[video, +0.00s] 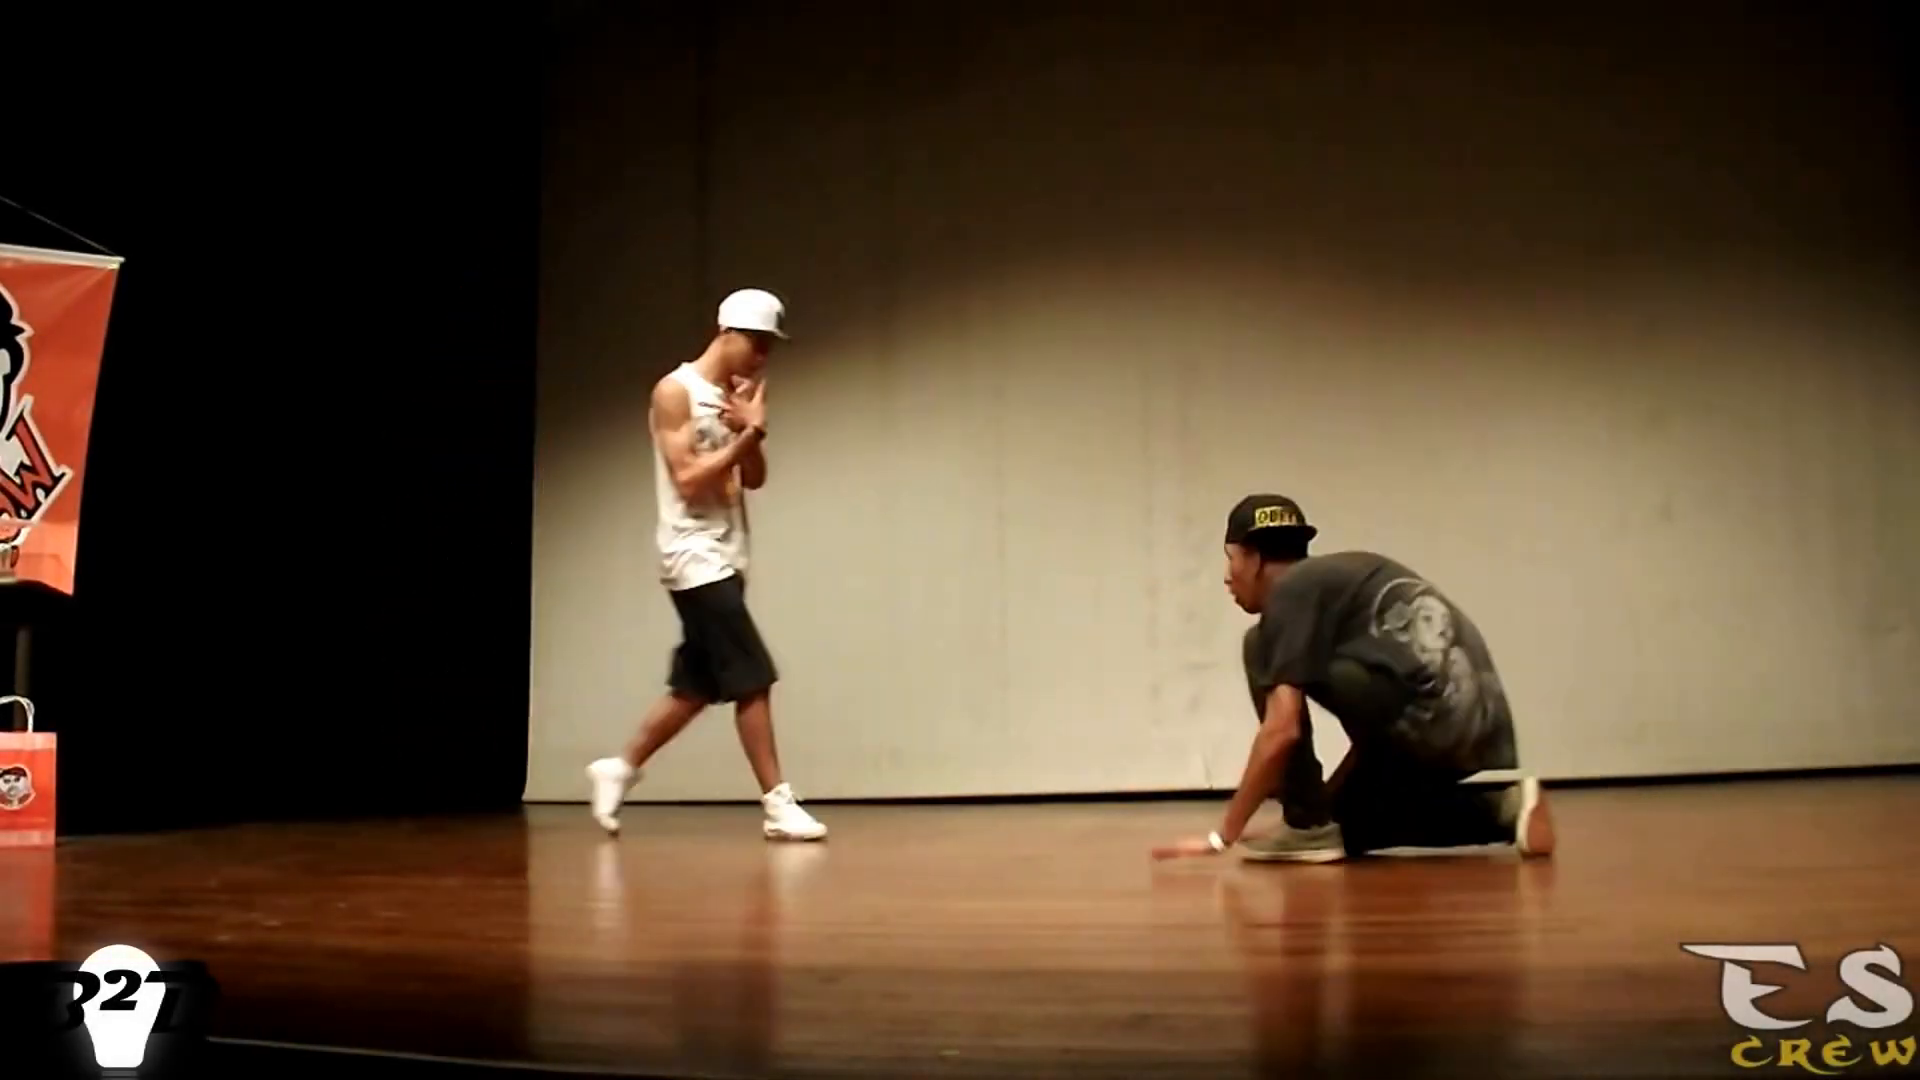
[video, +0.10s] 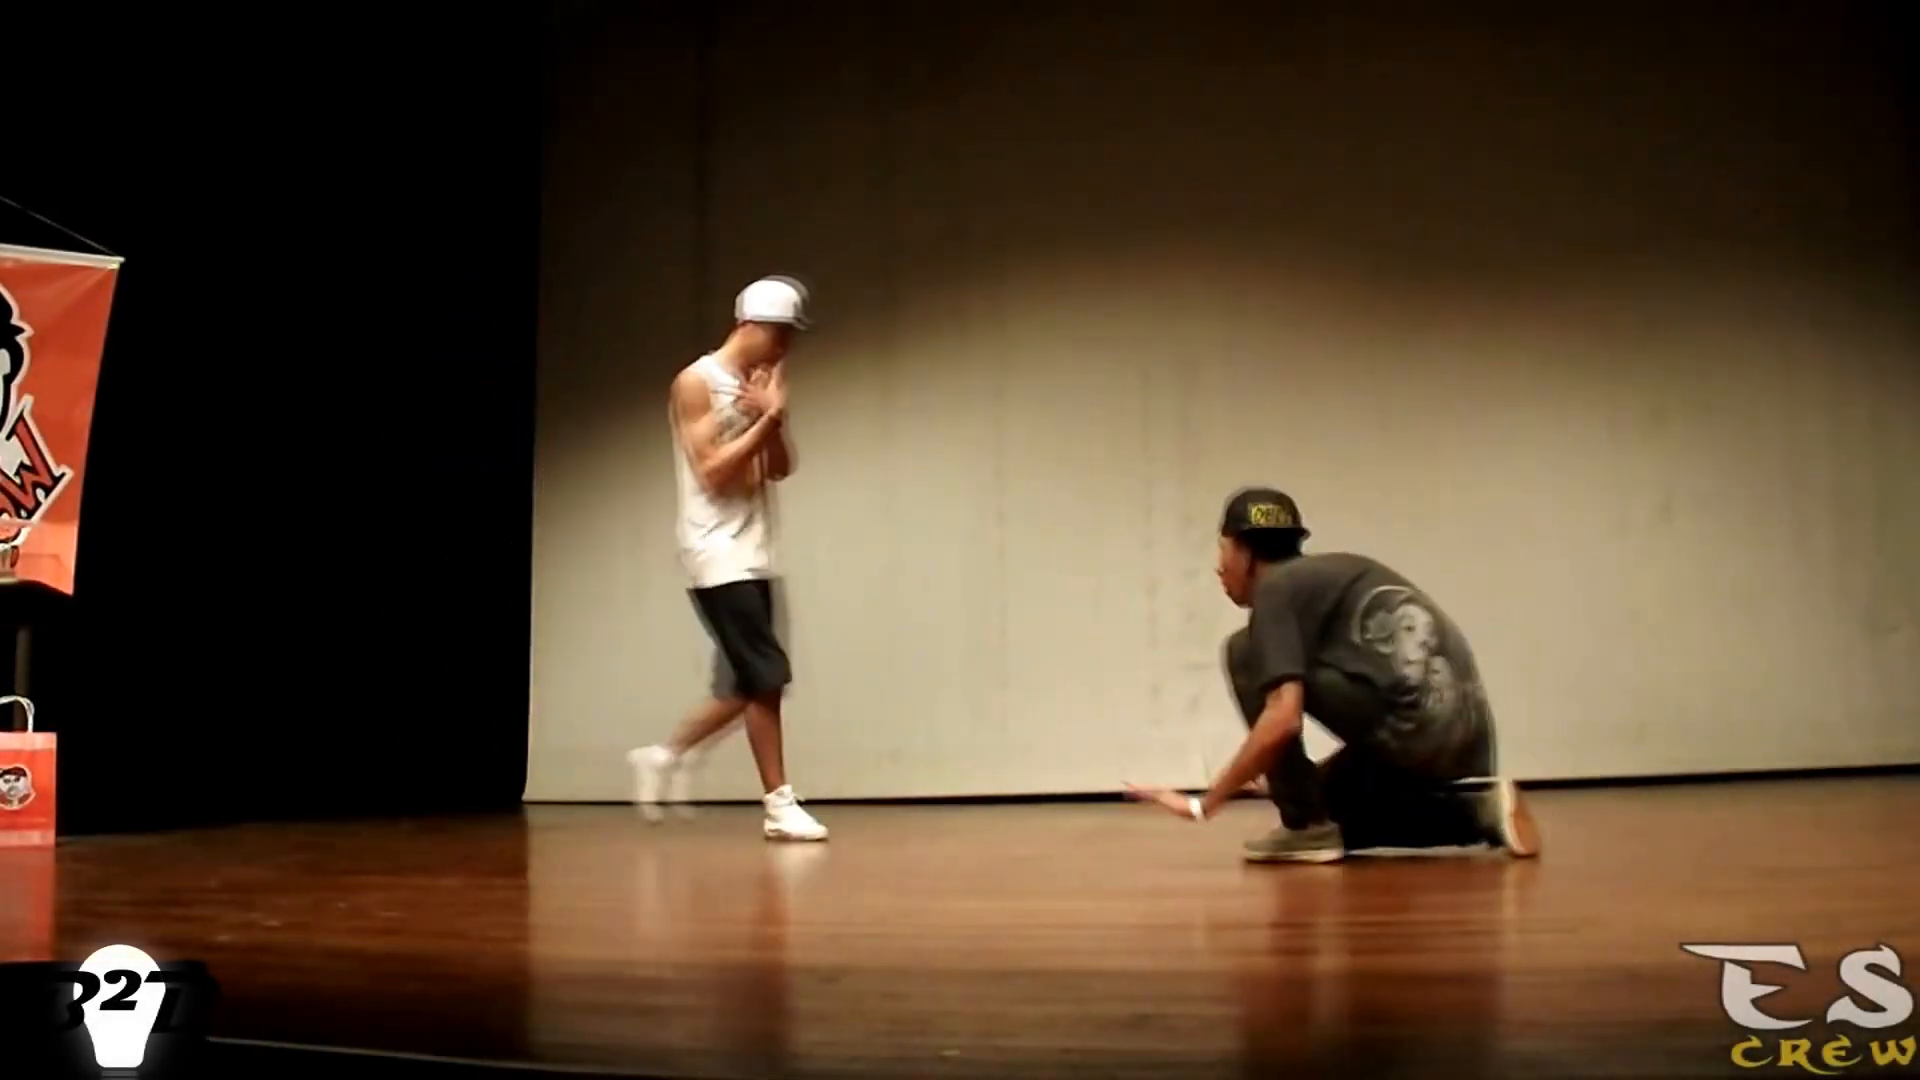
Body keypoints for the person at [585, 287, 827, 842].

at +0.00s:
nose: (763, 359)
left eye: (769, 348)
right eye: (758, 345)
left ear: (764, 348)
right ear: (727, 335)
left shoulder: (739, 393)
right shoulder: (674, 391)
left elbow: (755, 478)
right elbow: (689, 481)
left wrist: (750, 431)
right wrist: (746, 437)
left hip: (726, 557)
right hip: (693, 557)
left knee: (695, 688)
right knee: (752, 677)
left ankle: (619, 772)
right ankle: (778, 803)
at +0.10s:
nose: (784, 349)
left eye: (789, 337)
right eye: (779, 335)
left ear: (776, 335)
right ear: (750, 326)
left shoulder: (757, 382)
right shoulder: (695, 382)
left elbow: (780, 467)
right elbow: (712, 472)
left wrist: (771, 413)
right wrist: (766, 418)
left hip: (753, 554)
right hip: (717, 557)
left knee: (748, 685)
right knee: (765, 674)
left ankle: (663, 757)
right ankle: (778, 803)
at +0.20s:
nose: (809, 338)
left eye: (814, 326)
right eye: (805, 323)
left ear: (802, 323)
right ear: (775, 312)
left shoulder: (782, 369)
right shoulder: (718, 366)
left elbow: (804, 457)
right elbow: (734, 456)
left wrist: (797, 398)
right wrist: (790, 405)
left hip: (784, 547)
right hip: (737, 552)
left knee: (813, 672)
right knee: (762, 686)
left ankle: (746, 762)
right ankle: (777, 802)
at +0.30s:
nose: (840, 330)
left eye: (845, 318)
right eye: (834, 315)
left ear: (832, 318)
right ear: (804, 306)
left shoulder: (811, 367)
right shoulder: (743, 360)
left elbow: (831, 455)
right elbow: (753, 449)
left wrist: (820, 395)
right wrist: (809, 401)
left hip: (811, 549)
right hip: (756, 554)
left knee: (852, 666)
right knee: (766, 689)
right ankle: (778, 804)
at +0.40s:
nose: (868, 332)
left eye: (874, 321)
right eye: (863, 317)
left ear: (866, 323)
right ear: (829, 307)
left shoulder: (842, 371)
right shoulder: (767, 362)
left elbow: (854, 464)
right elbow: (776, 453)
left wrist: (849, 405)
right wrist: (837, 411)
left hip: (835, 553)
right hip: (776, 557)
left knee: (874, 673)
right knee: (778, 692)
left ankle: (927, 794)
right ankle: (779, 805)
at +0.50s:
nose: (900, 330)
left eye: (906, 320)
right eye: (894, 315)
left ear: (897, 321)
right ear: (862, 305)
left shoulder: (876, 379)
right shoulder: (795, 362)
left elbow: (877, 474)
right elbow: (797, 454)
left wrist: (881, 424)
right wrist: (865, 428)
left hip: (863, 552)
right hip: (802, 556)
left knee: (900, 676)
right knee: (805, 689)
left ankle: (944, 805)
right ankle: (785, 796)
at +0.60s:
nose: (926, 326)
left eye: (932, 316)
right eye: (923, 310)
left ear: (918, 312)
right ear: (890, 298)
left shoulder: (896, 376)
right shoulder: (819, 352)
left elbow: (901, 461)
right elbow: (811, 448)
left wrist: (911, 458)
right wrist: (881, 464)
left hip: (885, 542)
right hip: (826, 551)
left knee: (932, 670)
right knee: (849, 693)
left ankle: (950, 805)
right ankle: (808, 769)